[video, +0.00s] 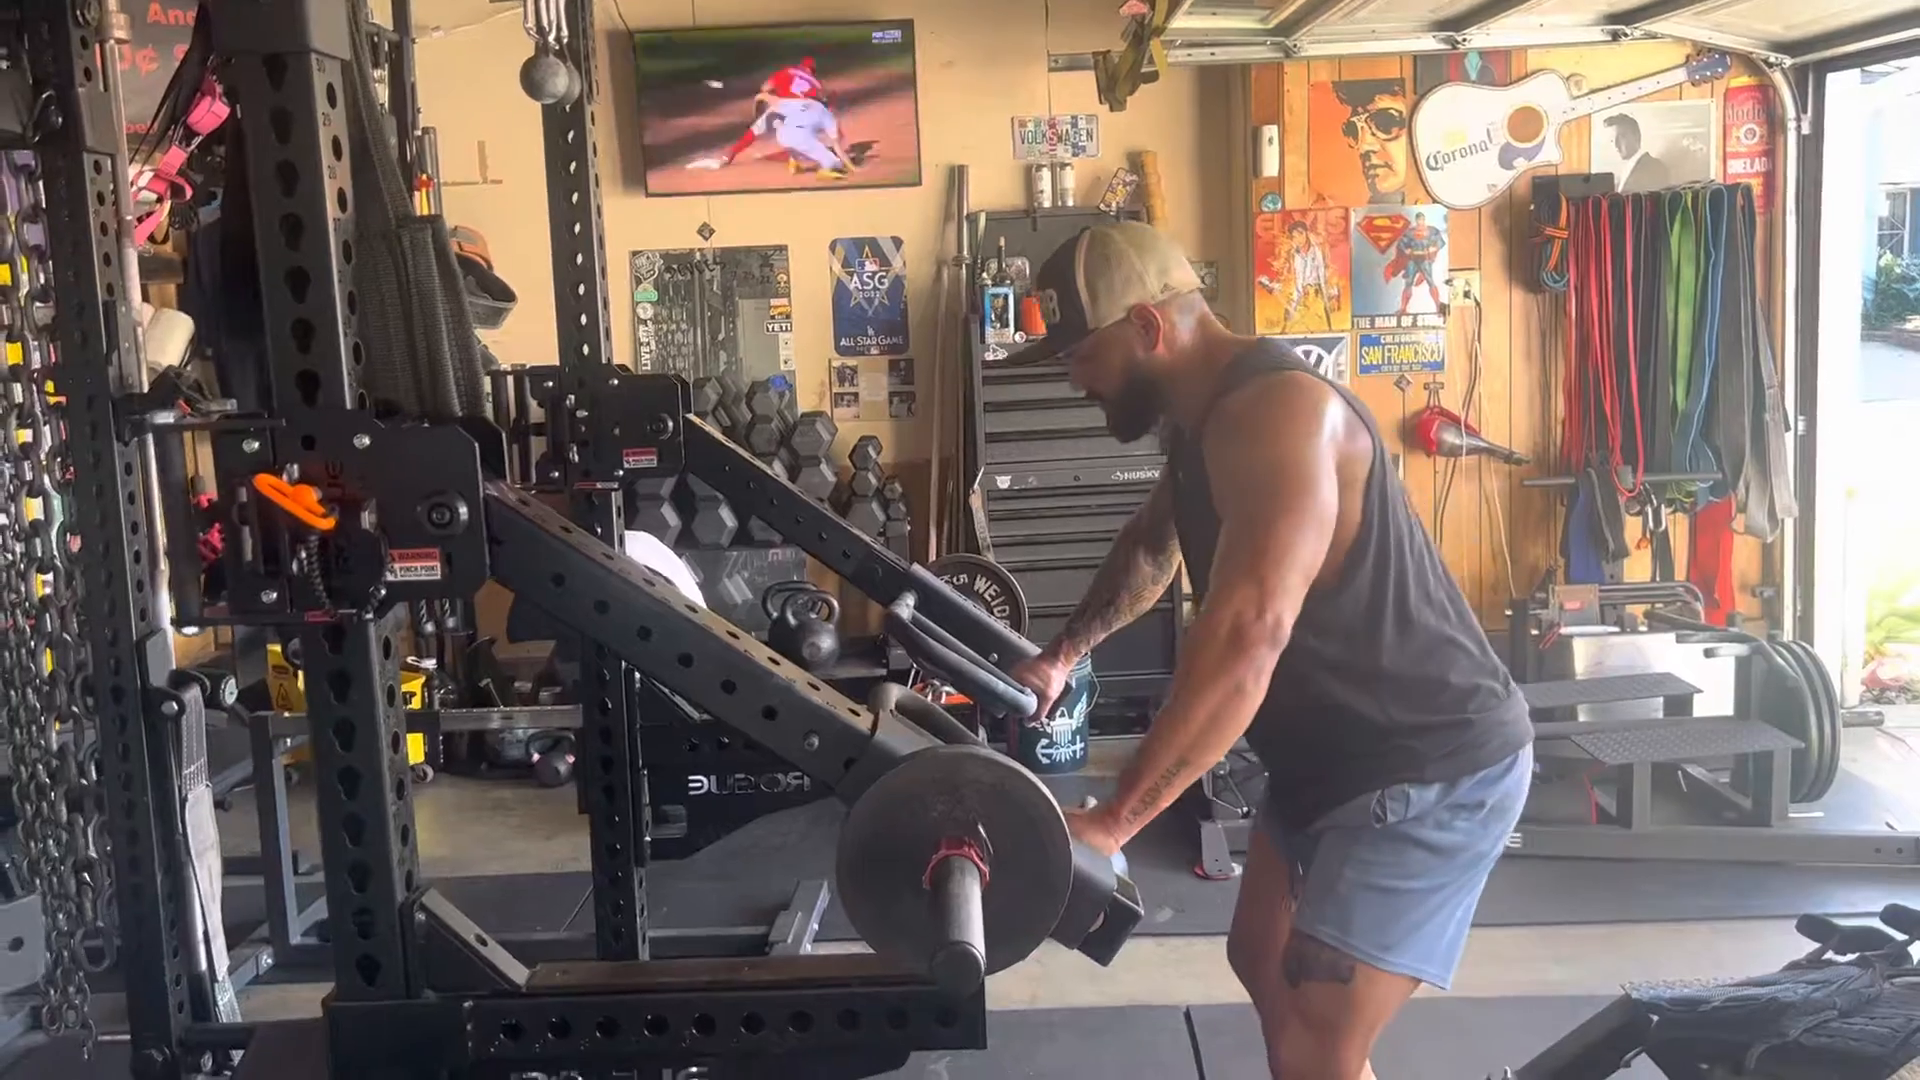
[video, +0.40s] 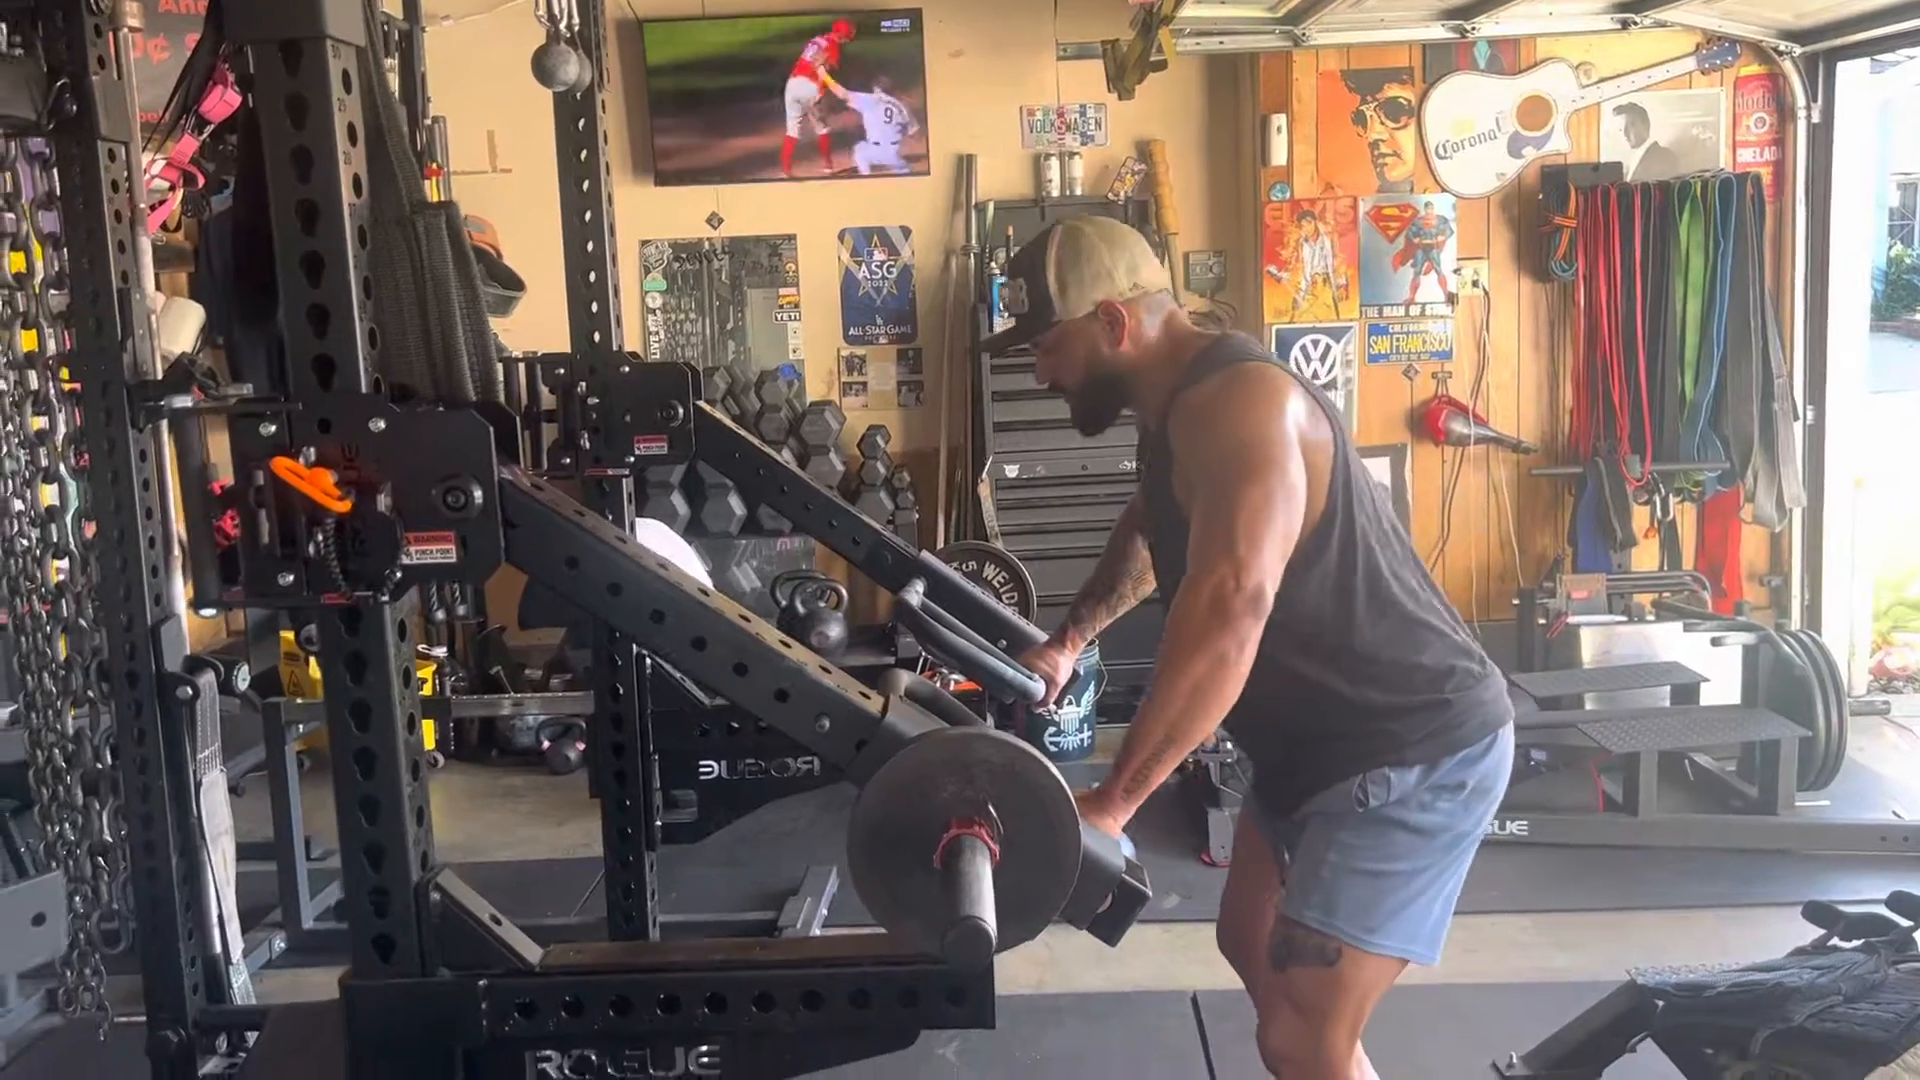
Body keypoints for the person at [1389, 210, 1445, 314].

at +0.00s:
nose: (1420, 222)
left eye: (1422, 220)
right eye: (1419, 220)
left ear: (1425, 220)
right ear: (1416, 221)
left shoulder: (1432, 231)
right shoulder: (1410, 232)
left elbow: (1441, 242)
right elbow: (1400, 243)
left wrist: (1433, 249)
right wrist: (1406, 251)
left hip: (1425, 257)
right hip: (1413, 257)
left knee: (1430, 281)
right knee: (1408, 282)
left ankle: (1438, 306)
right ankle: (1403, 308)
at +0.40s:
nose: (1430, 211)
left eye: (1431, 208)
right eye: (1428, 209)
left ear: (1434, 209)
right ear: (1424, 210)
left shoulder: (1441, 220)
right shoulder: (1418, 221)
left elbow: (1449, 231)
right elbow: (1409, 233)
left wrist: (1443, 237)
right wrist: (1415, 239)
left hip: (1434, 246)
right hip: (1421, 246)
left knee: (1439, 270)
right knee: (1417, 272)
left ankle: (1446, 295)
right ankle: (1411, 297)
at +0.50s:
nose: (1433, 205)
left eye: (1435, 203)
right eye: (1431, 203)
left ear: (1438, 204)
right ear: (1428, 204)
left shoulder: (1445, 214)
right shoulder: (1422, 215)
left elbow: (1453, 225)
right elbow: (1413, 227)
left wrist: (1447, 231)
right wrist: (1419, 233)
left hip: (1438, 240)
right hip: (1425, 240)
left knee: (1442, 264)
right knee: (1420, 266)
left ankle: (1450, 289)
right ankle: (1415, 291)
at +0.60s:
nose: (1436, 197)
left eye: (1437, 194)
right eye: (1434, 194)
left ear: (1440, 195)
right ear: (1431, 195)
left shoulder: (1448, 205)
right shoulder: (1425, 205)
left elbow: (1455, 216)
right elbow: (1416, 217)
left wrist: (1449, 224)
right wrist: (1421, 225)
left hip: (1440, 231)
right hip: (1427, 231)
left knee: (1445, 255)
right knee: (1423, 257)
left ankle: (1452, 280)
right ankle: (1417, 282)